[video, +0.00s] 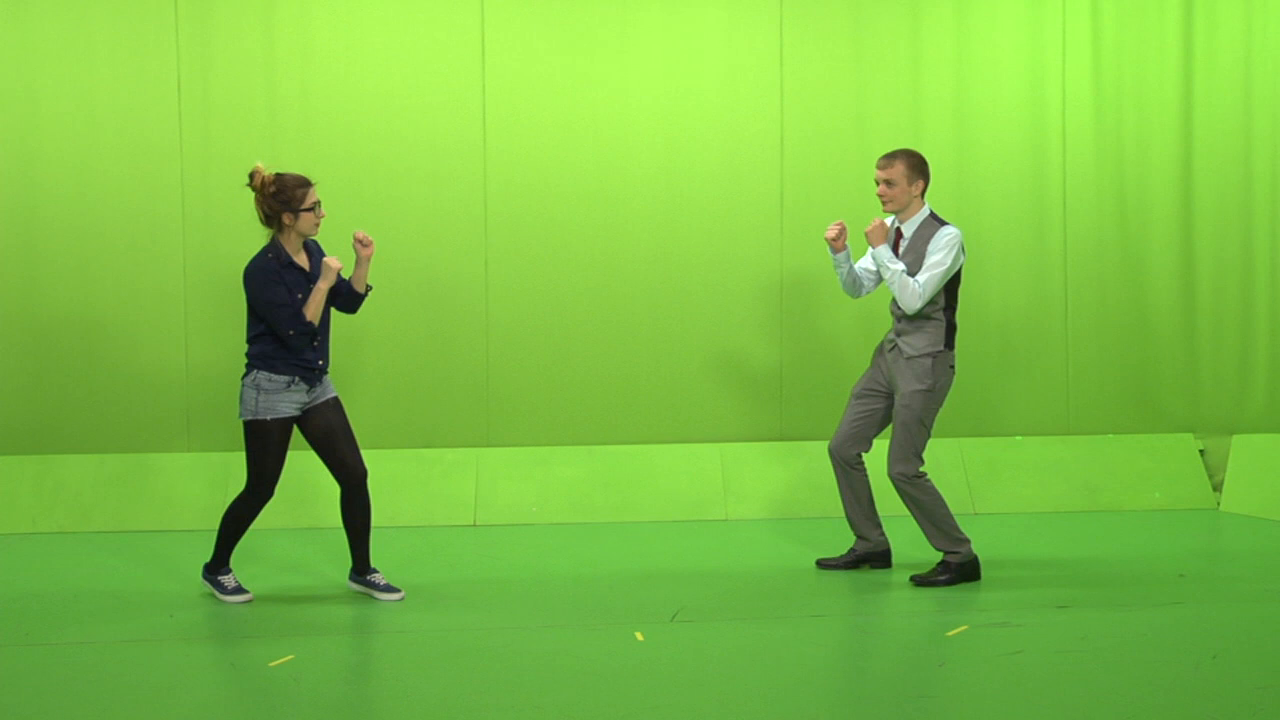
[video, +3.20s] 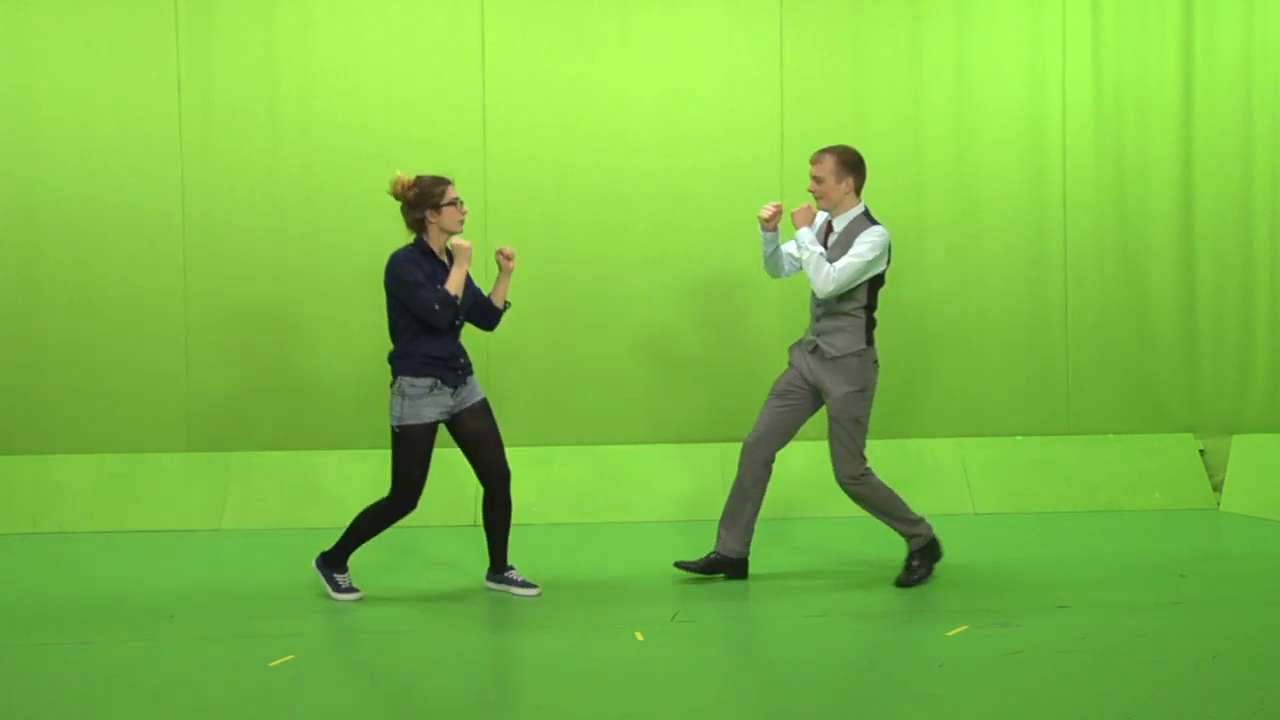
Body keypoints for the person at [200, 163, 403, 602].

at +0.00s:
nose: (321, 213)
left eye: (319, 206)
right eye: (313, 208)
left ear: (297, 217)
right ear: (287, 219)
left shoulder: (314, 255)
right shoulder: (261, 271)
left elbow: (347, 303)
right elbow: (298, 333)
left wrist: (363, 262)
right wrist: (323, 283)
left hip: (314, 385)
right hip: (269, 387)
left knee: (354, 474)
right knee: (260, 487)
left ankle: (362, 570)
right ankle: (217, 567)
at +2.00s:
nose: (329, 218)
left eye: (328, 210)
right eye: (320, 211)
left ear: (310, 217)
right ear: (294, 218)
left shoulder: (323, 264)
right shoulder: (265, 269)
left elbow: (365, 310)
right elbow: (297, 325)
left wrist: (376, 271)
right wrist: (328, 276)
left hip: (324, 390)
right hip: (279, 392)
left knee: (361, 484)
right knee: (265, 494)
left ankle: (359, 575)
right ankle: (206, 571)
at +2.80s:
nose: (396, 214)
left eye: (394, 206)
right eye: (387, 209)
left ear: (377, 217)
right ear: (362, 219)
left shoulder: (388, 267)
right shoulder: (332, 269)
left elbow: (421, 321)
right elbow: (347, 330)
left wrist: (431, 276)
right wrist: (382, 283)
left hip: (370, 393)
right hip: (325, 391)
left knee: (385, 489)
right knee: (296, 492)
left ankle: (361, 574)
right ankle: (223, 562)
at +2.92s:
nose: (408, 179)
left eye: (406, 172)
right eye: (400, 174)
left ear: (389, 183)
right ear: (375, 183)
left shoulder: (406, 234)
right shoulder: (346, 234)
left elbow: (446, 276)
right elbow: (361, 292)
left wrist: (444, 229)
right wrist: (398, 244)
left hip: (401, 360)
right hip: (356, 359)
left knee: (410, 461)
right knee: (333, 462)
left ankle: (379, 555)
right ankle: (273, 541)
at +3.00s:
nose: (423, 171)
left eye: (421, 162)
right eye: (413, 165)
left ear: (405, 173)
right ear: (388, 175)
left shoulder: (416, 221)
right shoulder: (360, 225)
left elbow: (456, 271)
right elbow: (384, 278)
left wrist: (461, 223)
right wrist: (415, 230)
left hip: (416, 347)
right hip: (370, 349)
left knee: (440, 447)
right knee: (359, 458)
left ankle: (417, 540)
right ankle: (315, 548)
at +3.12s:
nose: (446, 187)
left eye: (444, 180)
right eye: (436, 181)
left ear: (426, 190)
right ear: (412, 191)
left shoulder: (436, 238)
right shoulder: (384, 241)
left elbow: (475, 293)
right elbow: (422, 290)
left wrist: (489, 250)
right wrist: (441, 240)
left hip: (440, 361)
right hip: (395, 365)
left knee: (473, 459)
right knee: (391, 474)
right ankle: (337, 558)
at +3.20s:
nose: (464, 210)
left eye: (461, 203)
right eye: (454, 205)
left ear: (437, 215)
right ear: (429, 216)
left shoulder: (448, 263)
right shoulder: (403, 265)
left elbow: (487, 319)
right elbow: (439, 317)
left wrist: (505, 275)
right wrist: (461, 266)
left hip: (461, 384)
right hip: (417, 387)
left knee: (497, 477)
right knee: (404, 497)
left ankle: (499, 570)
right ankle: (333, 561)